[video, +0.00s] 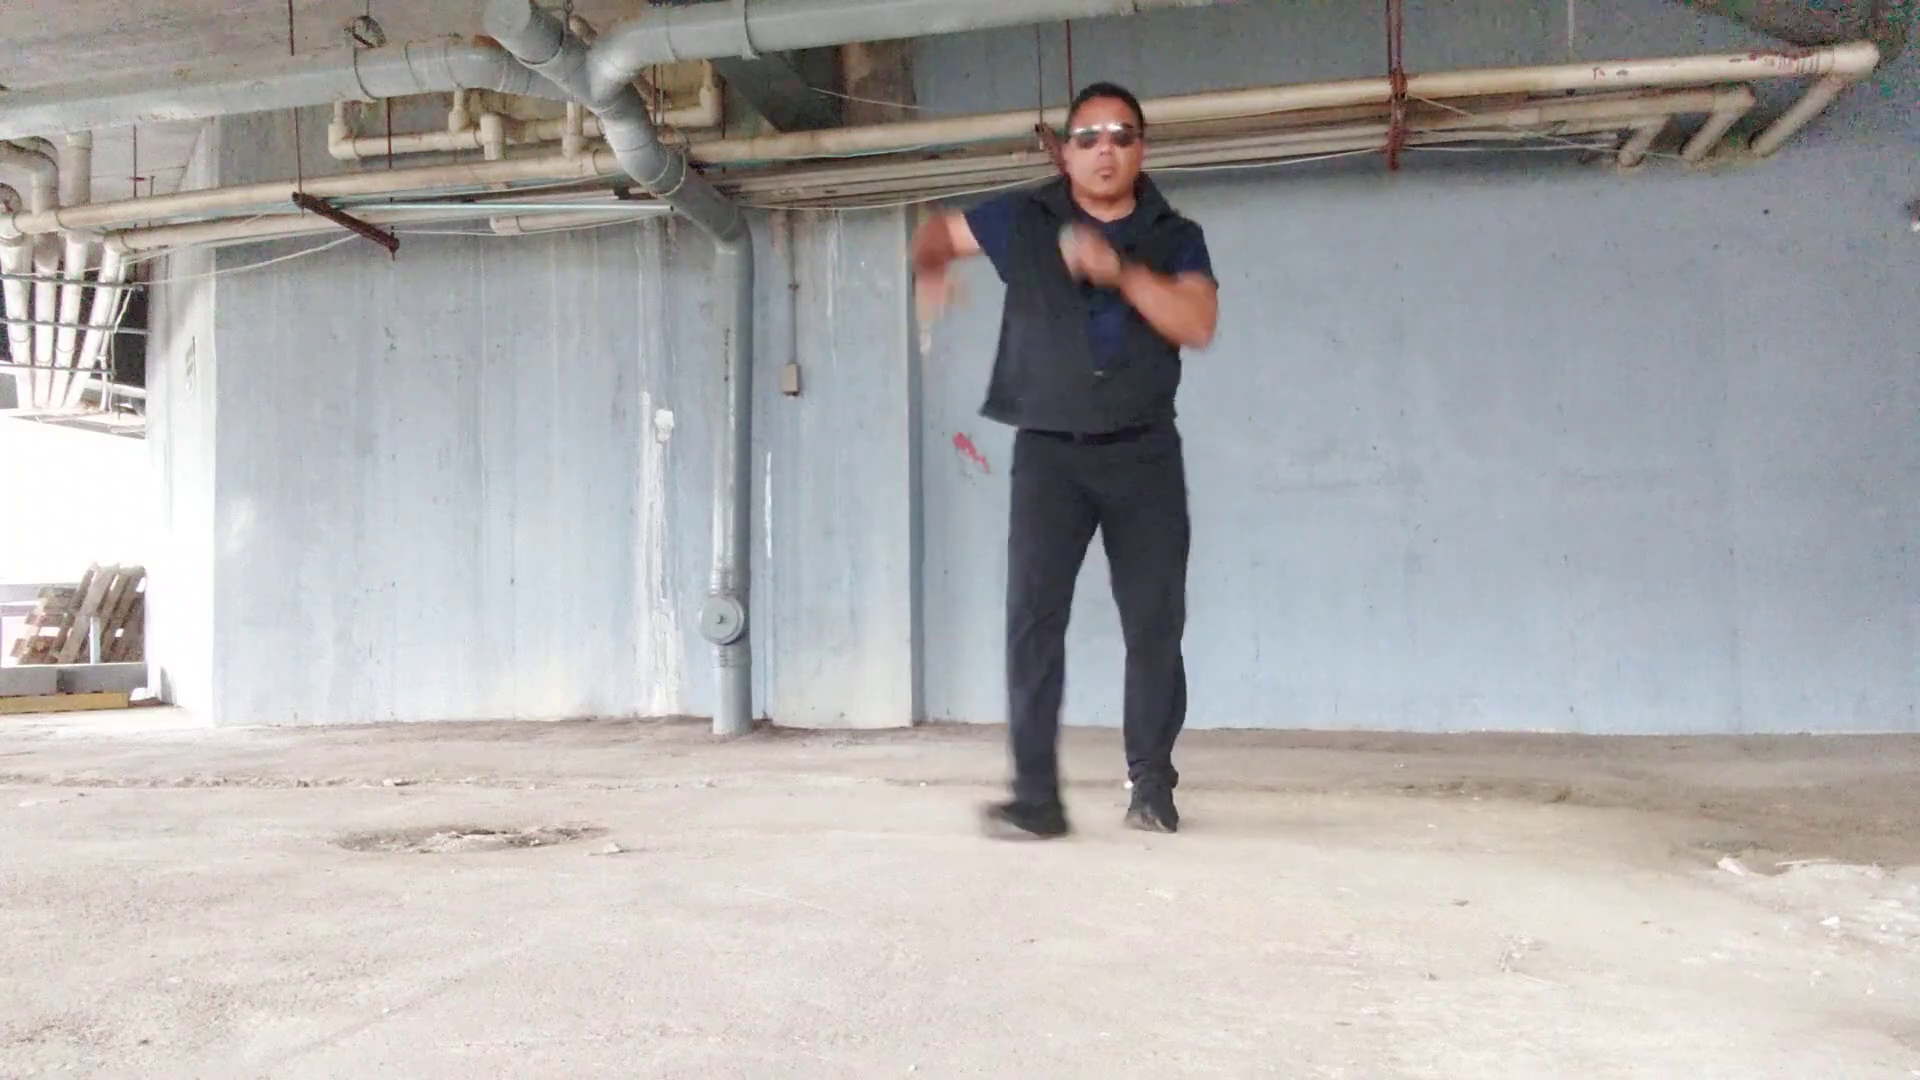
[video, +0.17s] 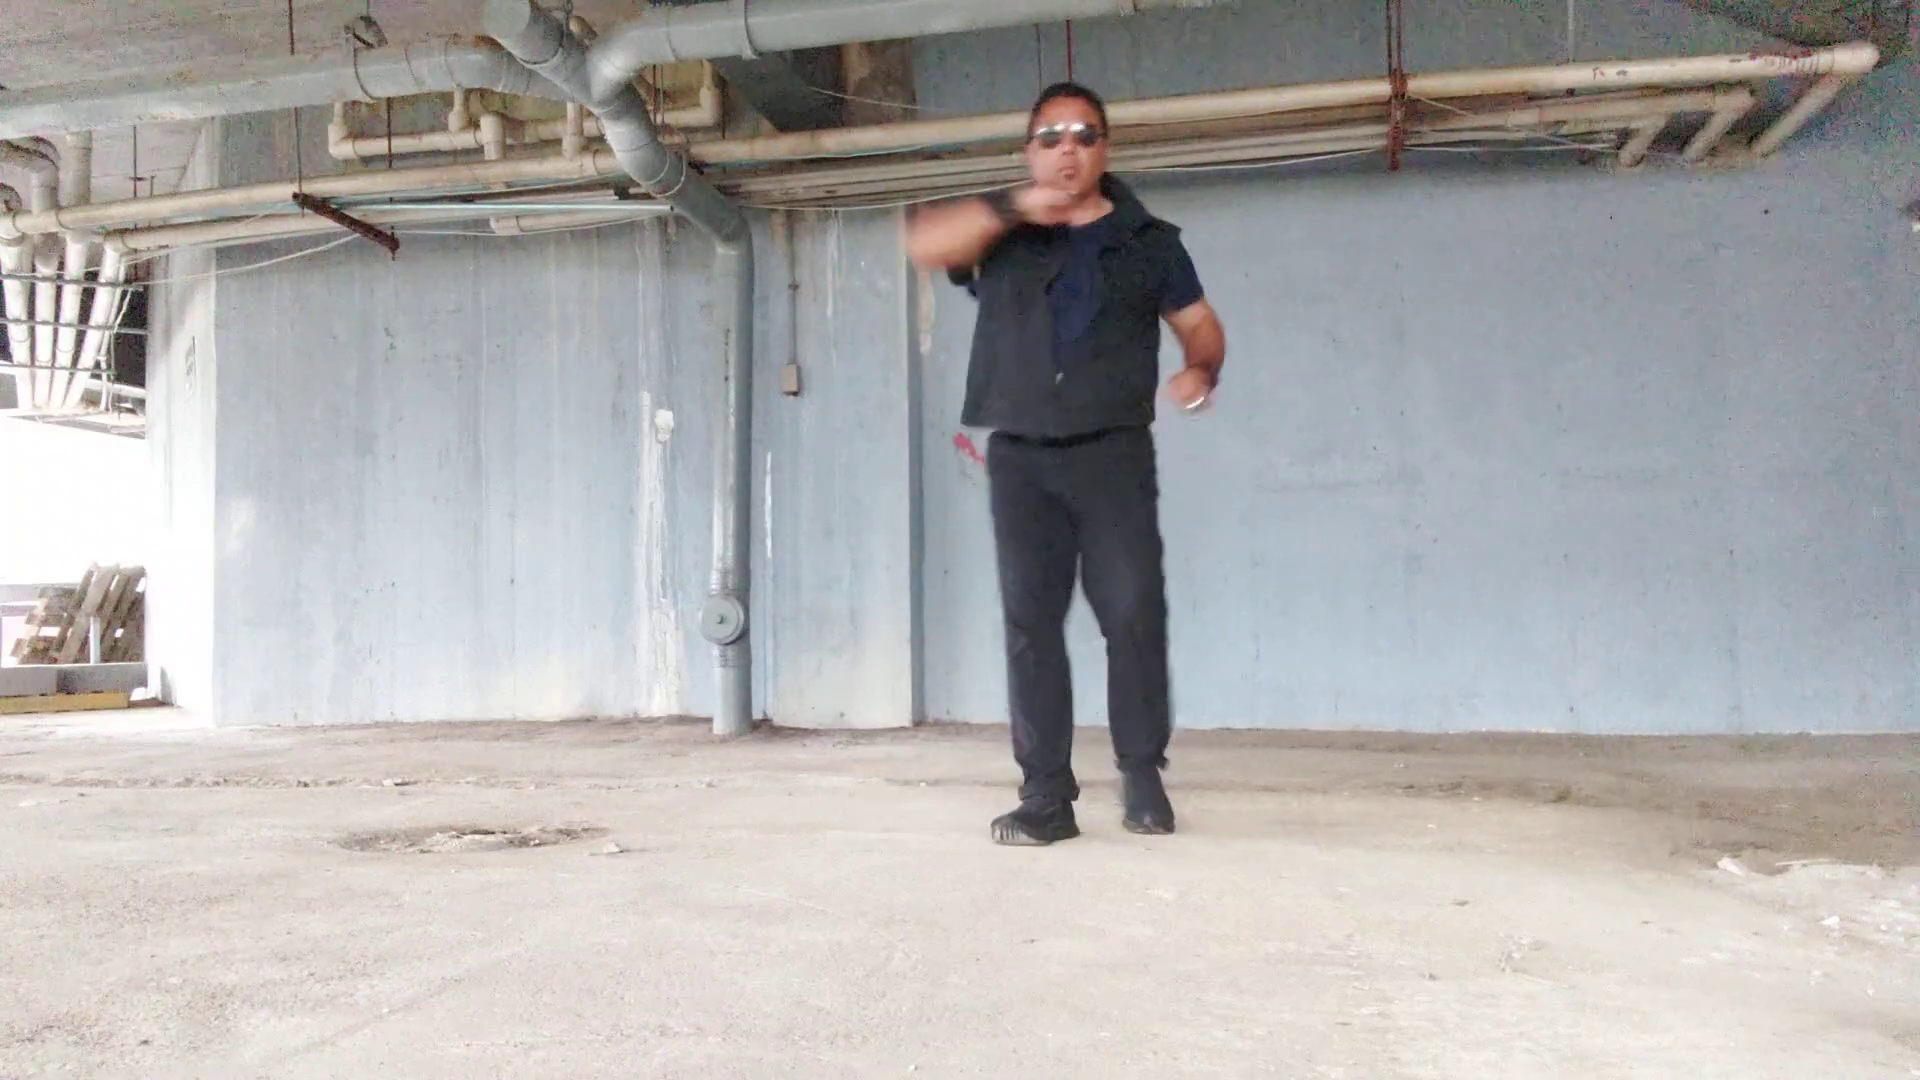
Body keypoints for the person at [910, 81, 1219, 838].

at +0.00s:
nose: (1106, 149)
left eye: (1121, 136)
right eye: (1089, 137)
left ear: (1143, 150)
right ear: (1064, 152)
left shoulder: (1171, 232)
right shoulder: (1027, 217)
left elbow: (1198, 324)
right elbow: (937, 231)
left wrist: (1119, 271)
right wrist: (929, 267)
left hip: (1144, 456)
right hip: (1048, 455)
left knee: (1155, 625)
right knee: (1033, 618)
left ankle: (1153, 784)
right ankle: (1036, 796)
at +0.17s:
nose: (1065, 149)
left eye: (1083, 136)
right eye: (1050, 137)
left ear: (1106, 152)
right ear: (1028, 154)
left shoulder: (1145, 240)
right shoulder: (998, 232)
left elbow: (1203, 331)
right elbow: (918, 243)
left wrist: (1200, 370)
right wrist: (1013, 208)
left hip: (1114, 454)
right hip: (1019, 457)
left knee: (1135, 612)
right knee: (1029, 623)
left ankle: (1142, 773)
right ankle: (1046, 793)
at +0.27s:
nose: (1055, 158)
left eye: (1072, 144)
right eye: (1039, 144)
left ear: (1093, 158)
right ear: (1016, 158)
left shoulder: (1131, 231)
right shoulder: (989, 239)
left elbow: (1220, 301)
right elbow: (970, 325)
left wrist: (1216, 303)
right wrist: (1053, 269)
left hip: (1101, 459)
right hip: (1006, 465)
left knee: (1118, 607)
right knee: (1011, 620)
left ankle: (1108, 735)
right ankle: (1041, 795)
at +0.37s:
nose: (1068, 156)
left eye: (1082, 143)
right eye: (1050, 142)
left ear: (1100, 155)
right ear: (1023, 154)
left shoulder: (1129, 230)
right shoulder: (982, 236)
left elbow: (1229, 257)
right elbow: (935, 344)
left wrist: (1143, 245)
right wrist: (998, 358)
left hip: (1104, 458)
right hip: (1008, 463)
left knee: (1106, 618)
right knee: (1004, 620)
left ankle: (1081, 751)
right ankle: (1034, 790)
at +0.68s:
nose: (1084, 169)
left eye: (1093, 155)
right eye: (1066, 155)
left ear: (1103, 164)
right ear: (1025, 165)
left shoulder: (1122, 251)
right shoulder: (969, 238)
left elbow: (1162, 345)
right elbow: (902, 323)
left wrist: (1099, 313)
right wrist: (941, 356)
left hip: (1092, 464)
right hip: (996, 463)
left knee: (1127, 598)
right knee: (997, 620)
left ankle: (1080, 700)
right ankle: (1002, 787)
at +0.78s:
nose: (1005, 169)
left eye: (1022, 153)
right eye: (996, 156)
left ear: (1068, 158)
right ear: (988, 166)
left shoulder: (1128, 242)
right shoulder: (971, 248)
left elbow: (1160, 349)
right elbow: (933, 355)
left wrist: (1135, 387)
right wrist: (991, 327)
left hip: (1087, 453)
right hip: (991, 457)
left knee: (1112, 560)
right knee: (993, 621)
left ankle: (1071, 649)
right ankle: (1000, 792)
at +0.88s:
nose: (978, 161)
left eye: (991, 145)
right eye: (974, 148)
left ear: (1044, 141)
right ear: (994, 154)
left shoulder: (1125, 213)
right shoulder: (981, 228)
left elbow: (1202, 295)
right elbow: (915, 299)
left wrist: (1179, 376)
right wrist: (991, 235)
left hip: (1097, 438)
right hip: (1000, 444)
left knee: (1114, 568)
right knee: (998, 616)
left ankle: (1103, 687)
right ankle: (999, 794)